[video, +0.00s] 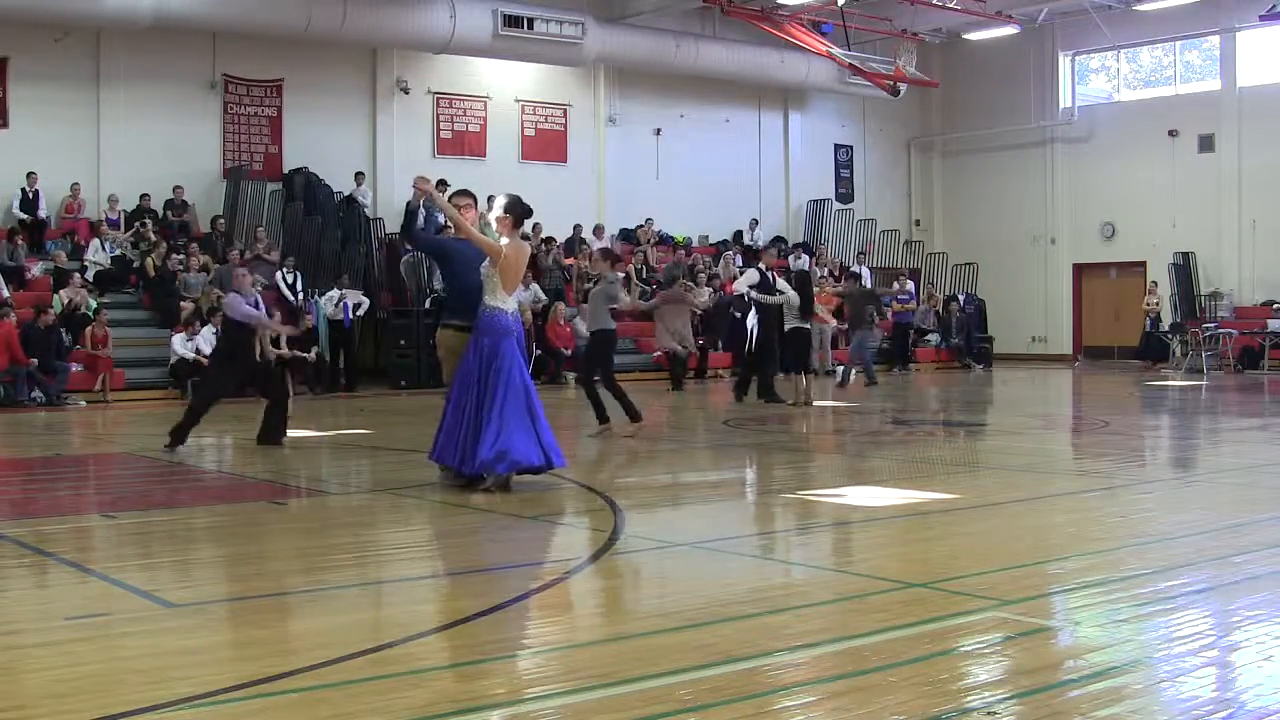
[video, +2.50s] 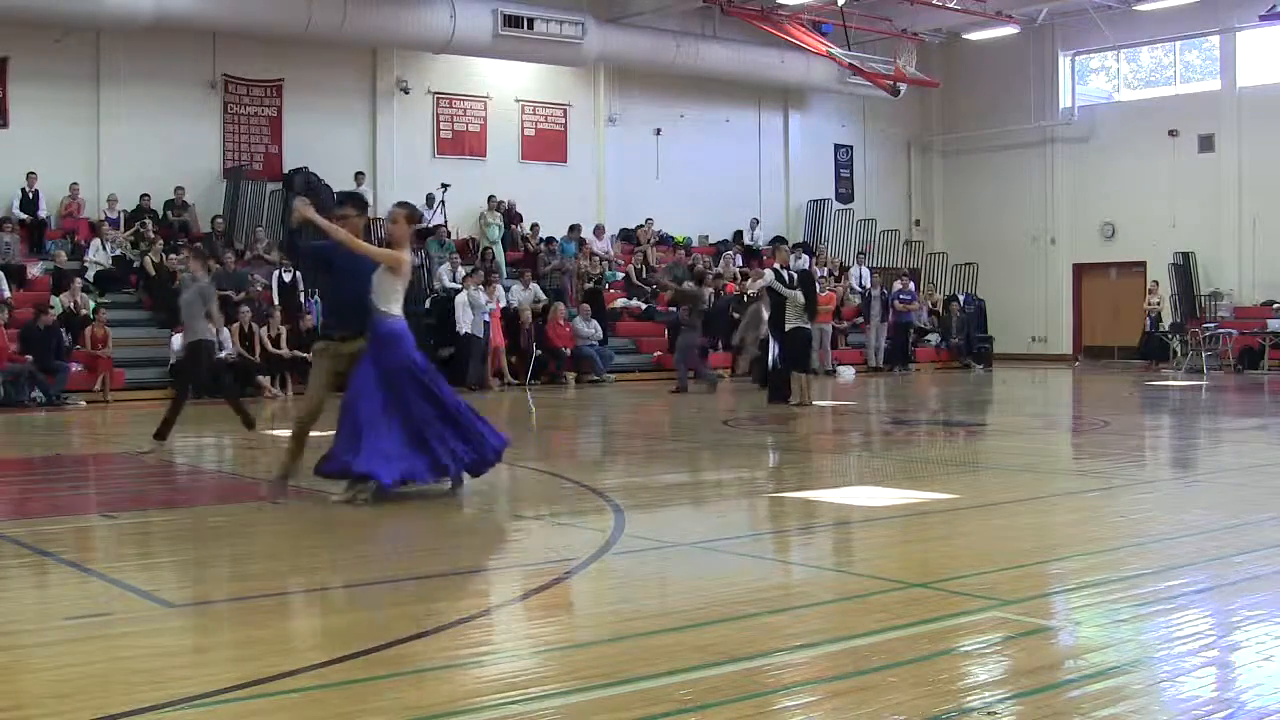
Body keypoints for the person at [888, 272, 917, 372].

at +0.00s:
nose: (902, 282)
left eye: (904, 280)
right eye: (900, 280)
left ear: (906, 281)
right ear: (898, 282)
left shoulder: (910, 294)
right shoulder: (895, 294)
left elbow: (914, 306)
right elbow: (895, 307)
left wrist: (901, 306)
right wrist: (908, 306)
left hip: (907, 322)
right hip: (897, 321)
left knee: (905, 344)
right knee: (896, 343)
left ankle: (905, 363)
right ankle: (896, 364)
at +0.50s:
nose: (902, 282)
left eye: (904, 280)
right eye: (900, 280)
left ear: (906, 281)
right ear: (897, 282)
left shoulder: (910, 294)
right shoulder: (894, 294)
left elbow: (913, 306)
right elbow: (895, 308)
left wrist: (900, 306)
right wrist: (908, 306)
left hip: (907, 322)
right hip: (897, 322)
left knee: (906, 344)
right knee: (896, 343)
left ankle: (905, 363)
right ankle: (896, 364)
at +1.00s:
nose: (901, 282)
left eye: (902, 280)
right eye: (899, 280)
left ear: (906, 281)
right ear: (897, 282)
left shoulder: (910, 294)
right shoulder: (894, 294)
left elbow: (913, 306)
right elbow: (894, 308)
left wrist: (900, 306)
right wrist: (907, 306)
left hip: (908, 321)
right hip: (897, 321)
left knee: (906, 344)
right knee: (896, 343)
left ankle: (906, 364)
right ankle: (896, 364)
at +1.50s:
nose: (901, 282)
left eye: (903, 280)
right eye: (899, 280)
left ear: (906, 281)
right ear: (897, 282)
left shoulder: (910, 294)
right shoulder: (894, 294)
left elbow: (912, 305)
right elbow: (894, 307)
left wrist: (900, 305)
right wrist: (908, 306)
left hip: (907, 322)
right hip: (896, 322)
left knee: (906, 344)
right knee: (895, 344)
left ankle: (905, 364)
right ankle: (894, 364)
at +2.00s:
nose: (902, 282)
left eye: (904, 280)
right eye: (900, 280)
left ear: (907, 281)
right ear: (898, 281)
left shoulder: (912, 293)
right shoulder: (894, 293)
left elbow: (914, 305)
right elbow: (896, 307)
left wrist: (901, 305)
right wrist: (909, 306)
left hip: (908, 321)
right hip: (897, 321)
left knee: (906, 344)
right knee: (895, 343)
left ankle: (905, 363)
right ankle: (895, 364)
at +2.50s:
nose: (905, 283)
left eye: (906, 280)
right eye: (903, 281)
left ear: (909, 282)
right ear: (900, 282)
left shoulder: (912, 294)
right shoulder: (896, 294)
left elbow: (916, 306)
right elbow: (897, 307)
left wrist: (903, 305)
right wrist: (910, 307)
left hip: (908, 321)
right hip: (897, 322)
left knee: (906, 343)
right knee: (896, 342)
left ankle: (905, 363)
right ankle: (895, 364)